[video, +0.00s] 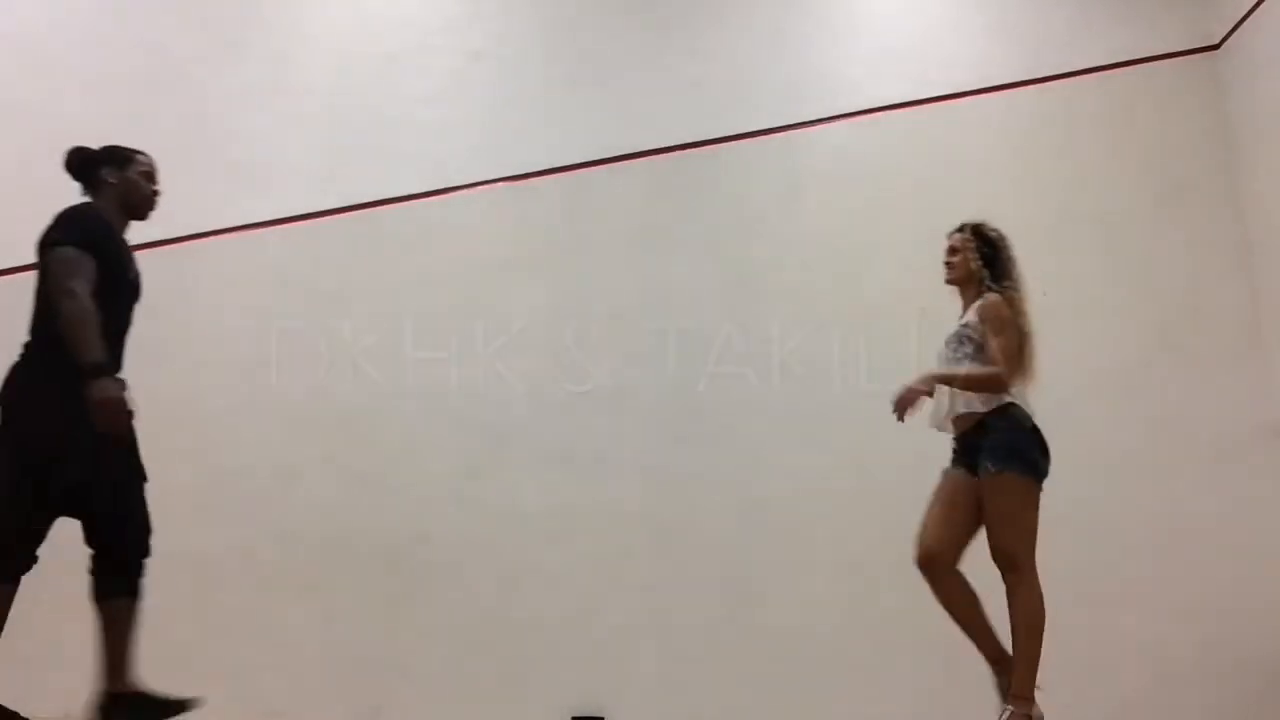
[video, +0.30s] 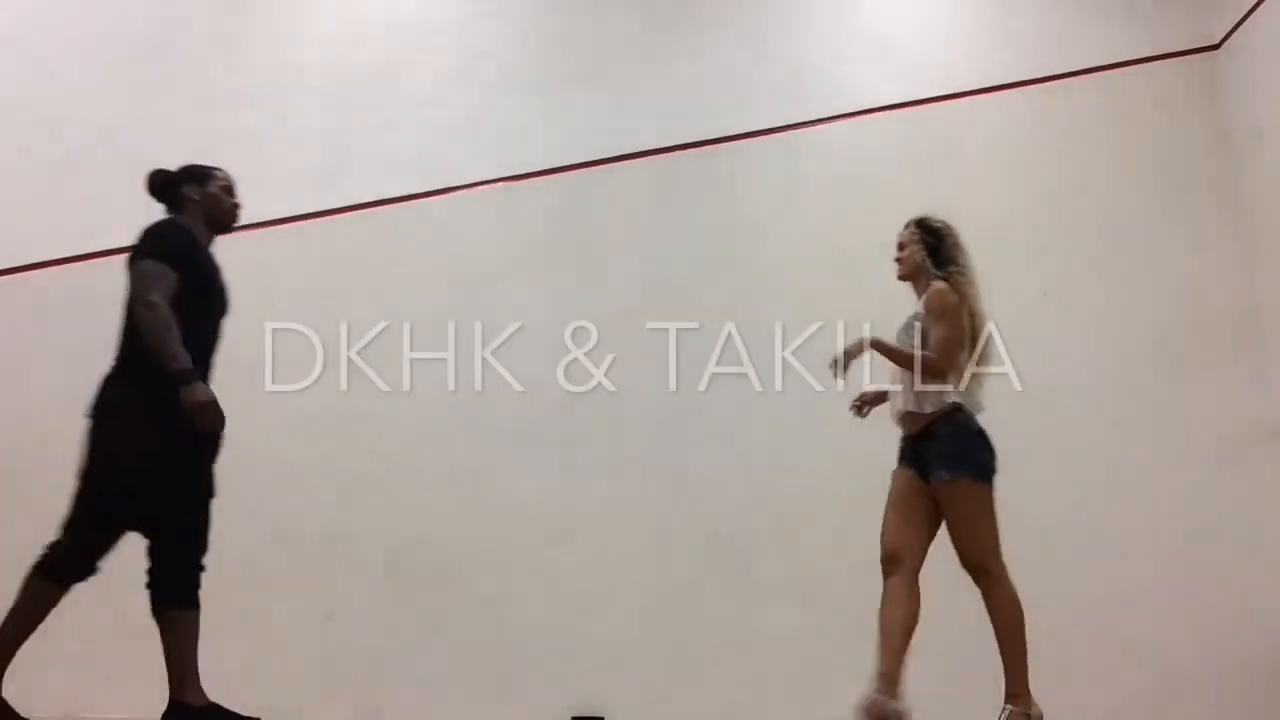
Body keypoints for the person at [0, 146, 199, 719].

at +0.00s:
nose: (156, 190)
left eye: (156, 181)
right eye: (147, 177)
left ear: (117, 181)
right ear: (111, 176)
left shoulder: (107, 240)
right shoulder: (80, 224)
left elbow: (82, 318)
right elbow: (69, 296)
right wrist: (100, 377)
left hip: (86, 409)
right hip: (51, 407)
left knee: (123, 539)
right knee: (13, 547)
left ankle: (119, 686)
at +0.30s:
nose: (237, 202)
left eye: (236, 193)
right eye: (227, 191)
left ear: (199, 196)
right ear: (194, 193)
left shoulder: (196, 254)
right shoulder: (169, 235)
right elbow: (149, 306)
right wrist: (190, 382)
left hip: (175, 421)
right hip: (140, 418)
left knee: (180, 560)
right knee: (80, 547)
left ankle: (187, 696)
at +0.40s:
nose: (262, 200)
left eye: (261, 192)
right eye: (252, 190)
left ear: (224, 199)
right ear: (220, 194)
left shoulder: (226, 257)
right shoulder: (195, 238)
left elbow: (215, 344)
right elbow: (175, 309)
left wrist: (223, 408)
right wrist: (193, 389)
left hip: (211, 419)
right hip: (167, 414)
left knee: (194, 557)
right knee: (133, 543)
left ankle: (189, 697)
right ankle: (12, 656)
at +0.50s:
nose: (285, 202)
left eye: (283, 194)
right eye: (276, 192)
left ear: (249, 201)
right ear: (244, 197)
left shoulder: (248, 258)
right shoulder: (217, 242)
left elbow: (238, 345)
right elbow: (192, 311)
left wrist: (248, 414)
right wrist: (197, 393)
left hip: (232, 421)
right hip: (197, 415)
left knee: (209, 552)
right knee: (183, 541)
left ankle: (189, 697)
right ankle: (52, 653)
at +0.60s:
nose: (306, 208)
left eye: (306, 200)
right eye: (297, 197)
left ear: (271, 202)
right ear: (263, 199)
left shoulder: (270, 259)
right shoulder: (237, 243)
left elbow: (253, 342)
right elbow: (204, 314)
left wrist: (266, 410)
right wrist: (205, 396)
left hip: (253, 418)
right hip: (224, 414)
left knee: (224, 554)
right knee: (213, 548)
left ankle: (190, 697)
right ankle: (117, 676)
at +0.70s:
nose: (324, 210)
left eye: (324, 202)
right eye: (314, 200)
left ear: (289, 205)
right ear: (280, 202)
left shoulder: (289, 265)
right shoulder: (253, 245)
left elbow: (273, 344)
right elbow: (218, 316)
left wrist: (283, 410)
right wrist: (214, 397)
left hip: (268, 420)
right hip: (245, 417)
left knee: (243, 547)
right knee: (238, 546)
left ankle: (198, 690)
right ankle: (193, 692)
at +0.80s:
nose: (342, 215)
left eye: (342, 207)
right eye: (333, 204)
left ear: (307, 209)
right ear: (298, 205)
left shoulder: (306, 269)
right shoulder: (270, 248)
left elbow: (292, 354)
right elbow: (234, 320)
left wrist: (302, 423)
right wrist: (228, 402)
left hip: (286, 429)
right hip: (264, 426)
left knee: (238, 555)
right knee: (276, 555)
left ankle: (191, 694)